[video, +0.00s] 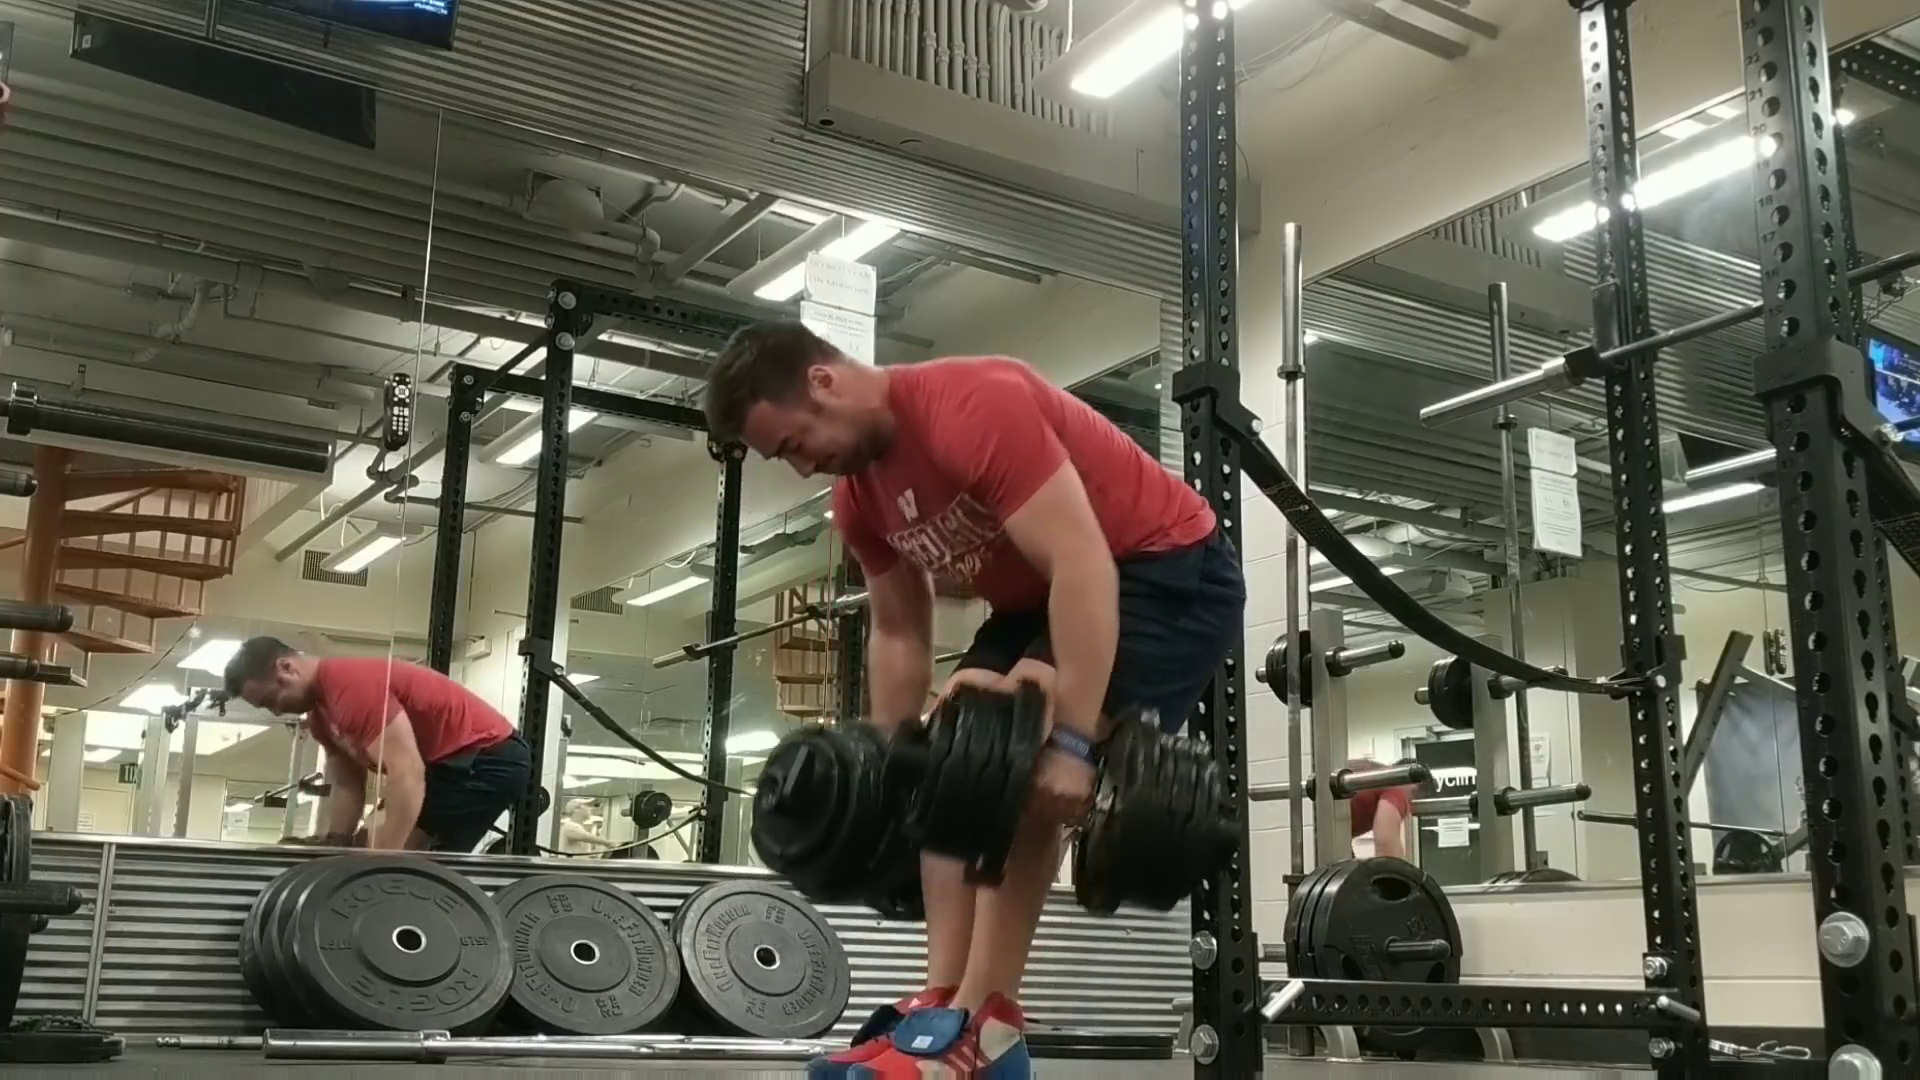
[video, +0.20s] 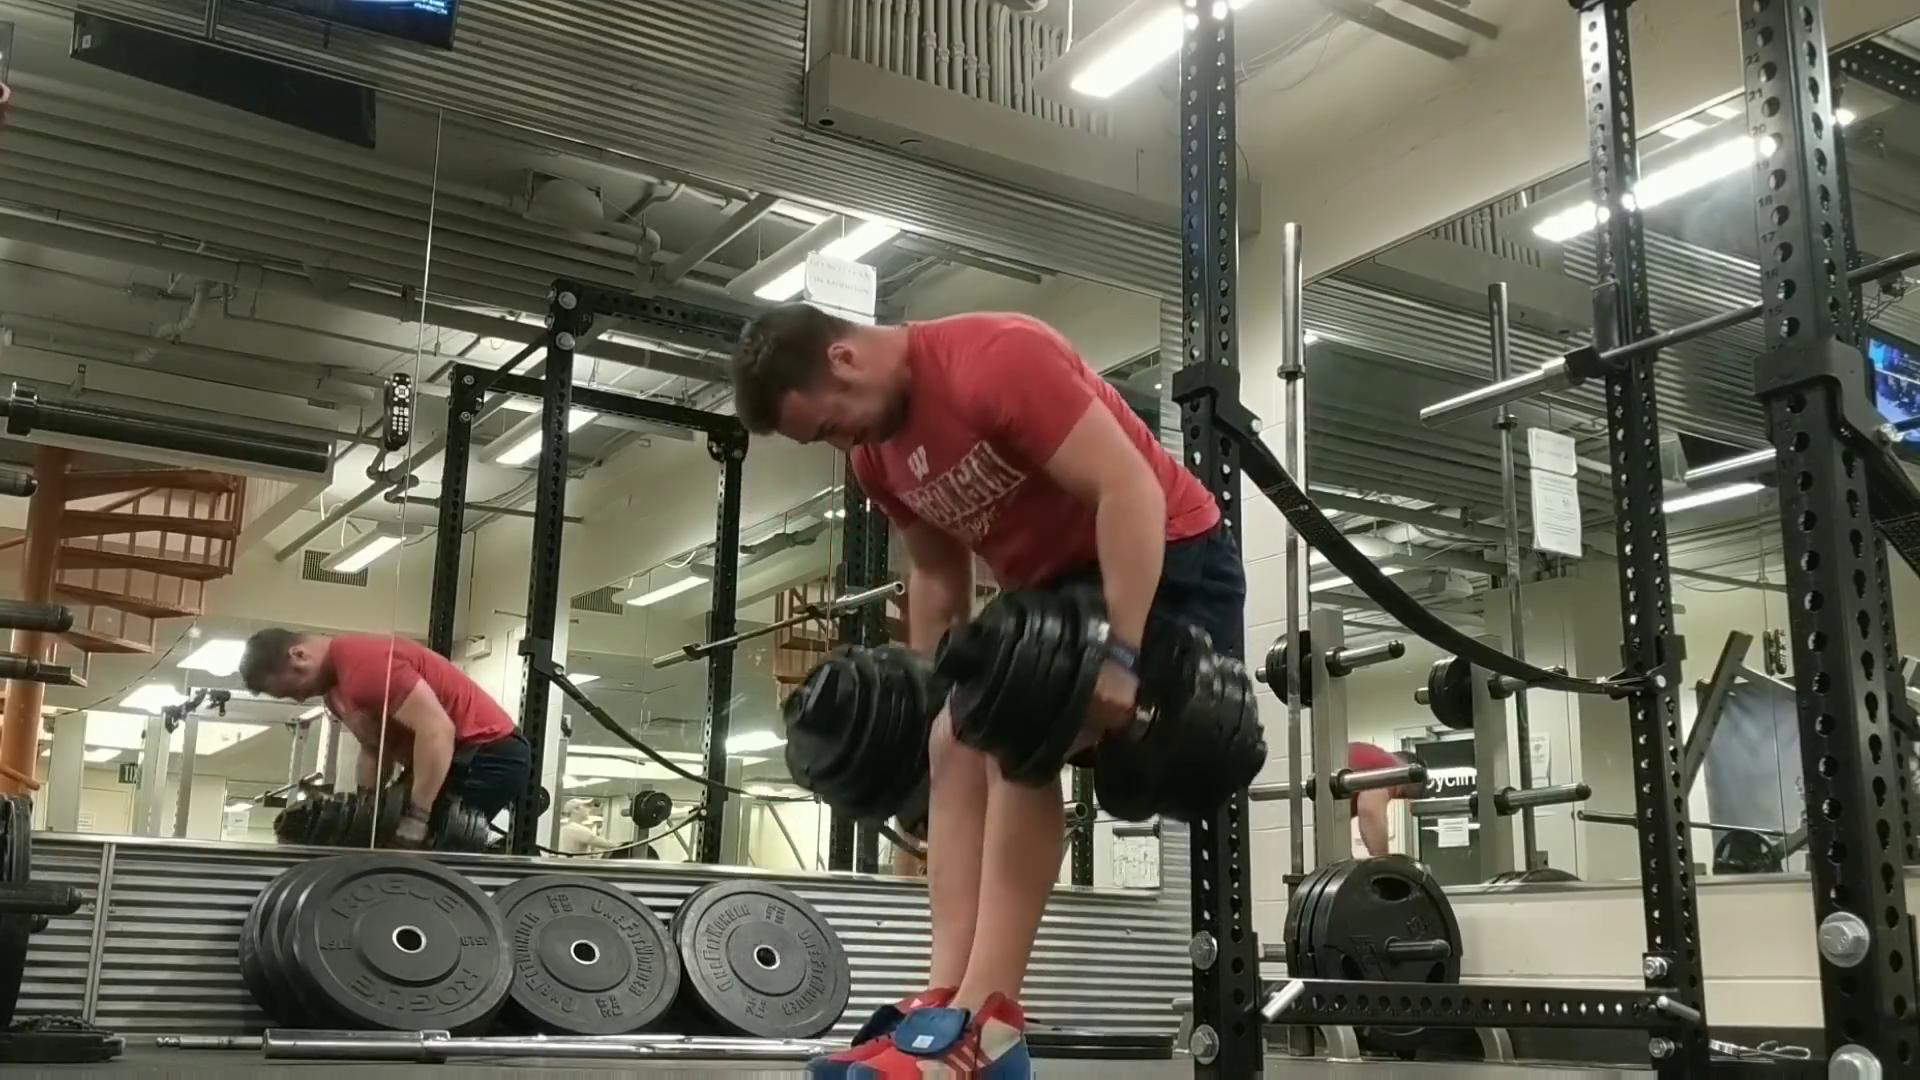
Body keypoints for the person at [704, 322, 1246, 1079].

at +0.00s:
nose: (802, 467)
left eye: (795, 442)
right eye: (784, 458)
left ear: (826, 380)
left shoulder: (976, 408)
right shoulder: (859, 502)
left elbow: (1082, 561)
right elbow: (897, 630)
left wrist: (1073, 740)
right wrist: (885, 778)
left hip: (1169, 569)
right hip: (1044, 594)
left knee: (1035, 762)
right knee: (949, 753)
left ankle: (990, 1017)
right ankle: (941, 1002)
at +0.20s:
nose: (840, 445)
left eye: (829, 425)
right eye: (822, 440)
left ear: (846, 357)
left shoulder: (996, 359)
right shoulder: (875, 456)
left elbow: (1129, 488)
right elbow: (937, 570)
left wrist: (1120, 653)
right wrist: (914, 703)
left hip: (1162, 564)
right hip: (1053, 588)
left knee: (1023, 738)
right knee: (953, 732)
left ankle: (992, 1015)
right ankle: (943, 1000)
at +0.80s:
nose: (820, 472)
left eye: (811, 453)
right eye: (802, 467)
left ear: (831, 386)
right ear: (831, 389)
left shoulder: (984, 393)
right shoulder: (864, 477)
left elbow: (1088, 552)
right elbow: (901, 618)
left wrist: (1088, 733)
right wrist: (882, 767)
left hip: (1165, 568)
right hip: (1040, 593)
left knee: (1035, 761)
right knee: (958, 748)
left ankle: (990, 1020)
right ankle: (942, 1002)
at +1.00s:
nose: (794, 488)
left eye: (786, 464)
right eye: (776, 478)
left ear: (817, 400)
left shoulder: (971, 425)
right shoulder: (852, 515)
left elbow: (1023, 614)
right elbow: (872, 665)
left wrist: (1032, 806)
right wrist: (859, 824)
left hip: (1167, 573)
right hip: (1060, 599)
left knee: (1016, 732)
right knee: (943, 736)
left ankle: (992, 1017)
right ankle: (945, 995)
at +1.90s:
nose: (817, 454)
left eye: (809, 433)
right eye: (800, 447)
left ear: (836, 369)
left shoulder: (986, 390)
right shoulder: (864, 474)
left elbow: (1094, 545)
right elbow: (899, 610)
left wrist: (1087, 716)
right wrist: (883, 756)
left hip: (1166, 570)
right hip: (1039, 598)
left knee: (1028, 760)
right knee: (953, 756)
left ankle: (991, 1018)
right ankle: (941, 1002)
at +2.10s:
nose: (854, 444)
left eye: (844, 427)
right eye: (839, 440)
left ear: (857, 359)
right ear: (853, 366)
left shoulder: (1004, 353)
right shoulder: (880, 444)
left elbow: (1141, 480)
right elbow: (938, 565)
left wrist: (1143, 644)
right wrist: (912, 696)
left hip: (1159, 565)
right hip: (1050, 589)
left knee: (1023, 735)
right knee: (952, 732)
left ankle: (992, 1017)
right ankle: (941, 1004)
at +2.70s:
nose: (818, 466)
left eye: (808, 446)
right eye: (800, 461)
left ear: (832, 381)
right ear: (833, 384)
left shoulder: (986, 392)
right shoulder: (861, 473)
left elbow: (1086, 557)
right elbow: (902, 619)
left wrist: (1093, 736)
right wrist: (891, 770)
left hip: (1167, 570)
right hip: (1043, 594)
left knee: (1030, 754)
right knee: (953, 744)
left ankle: (990, 1019)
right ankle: (943, 1001)